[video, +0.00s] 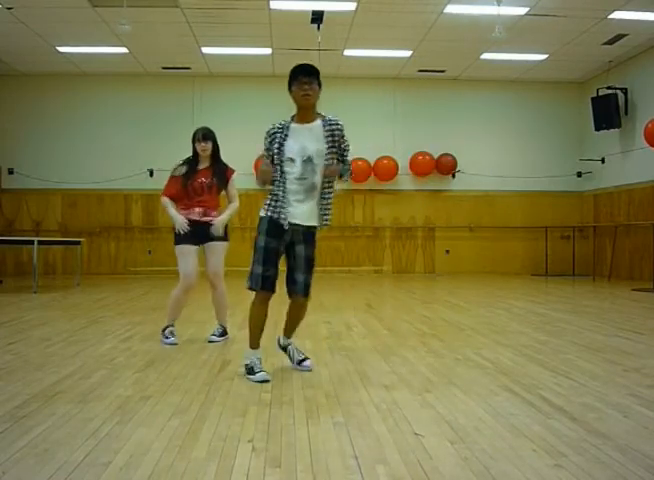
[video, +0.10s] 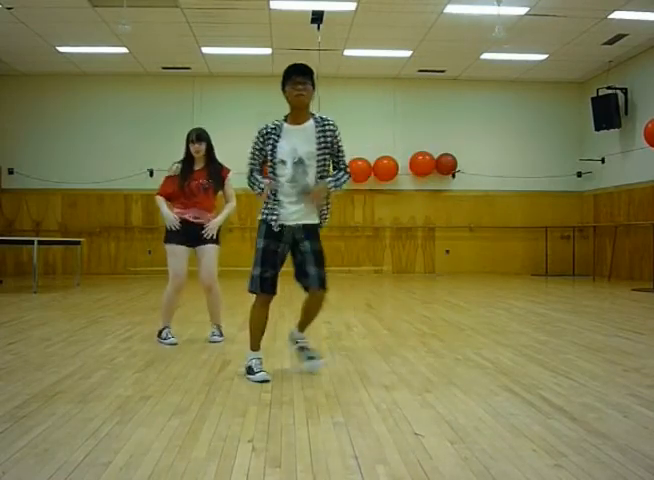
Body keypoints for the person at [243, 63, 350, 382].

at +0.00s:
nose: (306, 89)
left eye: (311, 85)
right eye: (300, 85)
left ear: (320, 90)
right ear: (291, 91)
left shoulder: (332, 129)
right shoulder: (277, 133)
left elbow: (345, 169)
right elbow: (265, 178)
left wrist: (336, 171)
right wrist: (262, 169)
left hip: (307, 222)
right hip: (274, 218)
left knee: (301, 294)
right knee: (264, 290)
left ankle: (286, 340)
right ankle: (252, 356)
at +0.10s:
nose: (300, 89)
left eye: (305, 84)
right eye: (294, 84)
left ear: (313, 91)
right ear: (284, 91)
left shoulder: (326, 128)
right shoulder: (269, 133)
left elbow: (344, 172)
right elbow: (252, 173)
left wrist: (326, 187)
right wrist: (262, 185)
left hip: (308, 225)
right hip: (273, 224)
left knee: (318, 291)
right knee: (264, 293)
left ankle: (298, 335)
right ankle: (254, 357)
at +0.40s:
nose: (302, 93)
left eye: (307, 89)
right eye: (297, 88)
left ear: (313, 97)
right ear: (284, 93)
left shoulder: (317, 135)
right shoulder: (260, 133)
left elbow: (337, 175)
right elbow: (251, 178)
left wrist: (327, 186)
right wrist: (276, 207)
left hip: (327, 219)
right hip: (295, 226)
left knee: (347, 285)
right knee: (294, 298)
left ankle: (361, 353)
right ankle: (260, 357)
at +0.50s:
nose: (307, 97)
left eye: (311, 93)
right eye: (301, 92)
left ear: (315, 100)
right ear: (286, 97)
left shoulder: (315, 141)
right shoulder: (260, 137)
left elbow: (332, 180)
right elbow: (248, 184)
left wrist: (323, 197)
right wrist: (276, 216)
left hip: (319, 226)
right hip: (287, 232)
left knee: (345, 288)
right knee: (297, 302)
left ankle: (359, 355)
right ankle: (260, 357)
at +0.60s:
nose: (307, 100)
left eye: (312, 96)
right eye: (300, 95)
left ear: (317, 103)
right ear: (287, 101)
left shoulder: (317, 145)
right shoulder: (264, 136)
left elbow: (325, 186)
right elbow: (243, 185)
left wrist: (313, 205)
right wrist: (263, 219)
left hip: (308, 231)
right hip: (274, 236)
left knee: (339, 292)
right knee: (289, 301)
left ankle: (358, 355)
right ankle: (258, 358)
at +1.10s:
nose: (300, 101)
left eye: (304, 95)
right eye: (293, 97)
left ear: (313, 99)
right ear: (284, 105)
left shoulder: (332, 135)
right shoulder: (279, 147)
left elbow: (356, 168)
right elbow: (270, 191)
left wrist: (361, 193)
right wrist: (229, 200)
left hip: (318, 228)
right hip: (284, 226)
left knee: (341, 292)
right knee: (273, 297)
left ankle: (312, 339)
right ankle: (255, 359)